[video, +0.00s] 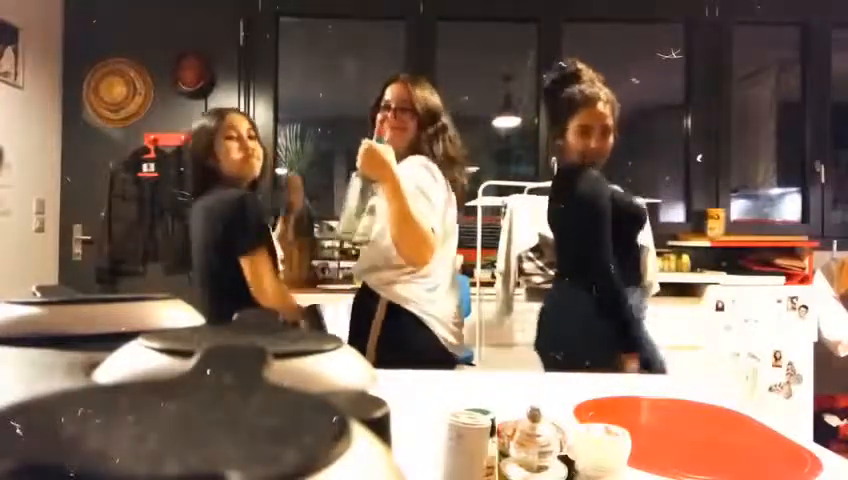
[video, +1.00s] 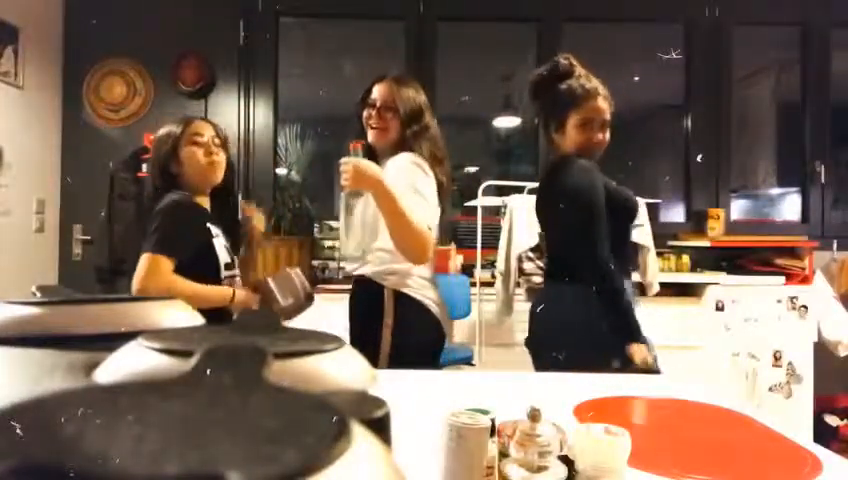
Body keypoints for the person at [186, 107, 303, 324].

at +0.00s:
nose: (248, 146)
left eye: (252, 137)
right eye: (232, 138)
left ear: (260, 145)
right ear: (209, 154)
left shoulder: (201, 206)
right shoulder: (242, 204)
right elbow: (266, 291)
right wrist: (298, 314)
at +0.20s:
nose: (238, 152)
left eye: (243, 144)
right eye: (222, 144)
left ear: (251, 155)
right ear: (198, 162)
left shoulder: (192, 210)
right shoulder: (224, 208)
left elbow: (279, 246)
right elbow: (236, 293)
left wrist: (266, 199)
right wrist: (286, 309)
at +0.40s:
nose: (232, 147)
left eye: (236, 139)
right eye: (216, 138)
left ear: (242, 146)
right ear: (192, 152)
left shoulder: (222, 199)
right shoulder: (204, 201)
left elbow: (276, 238)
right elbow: (205, 285)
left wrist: (261, 185)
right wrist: (271, 307)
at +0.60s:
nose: (222, 153)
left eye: (227, 145)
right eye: (208, 144)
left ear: (234, 158)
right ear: (183, 161)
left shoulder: (217, 206)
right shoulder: (194, 205)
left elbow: (275, 242)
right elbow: (188, 281)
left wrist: (252, 190)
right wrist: (251, 302)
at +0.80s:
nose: (215, 147)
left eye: (220, 141)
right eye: (202, 138)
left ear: (227, 151)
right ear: (175, 154)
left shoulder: (212, 202)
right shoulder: (180, 200)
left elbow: (267, 248)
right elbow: (158, 275)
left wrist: (250, 193)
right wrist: (234, 298)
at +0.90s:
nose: (212, 144)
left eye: (218, 138)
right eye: (197, 136)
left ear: (225, 153)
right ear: (172, 156)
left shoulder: (213, 202)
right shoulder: (176, 200)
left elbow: (256, 262)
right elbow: (150, 275)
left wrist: (252, 205)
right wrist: (230, 295)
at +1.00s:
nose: (213, 150)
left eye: (218, 144)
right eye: (197, 143)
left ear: (225, 158)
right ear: (173, 163)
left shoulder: (205, 213)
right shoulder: (177, 208)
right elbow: (148, 282)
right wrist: (231, 296)